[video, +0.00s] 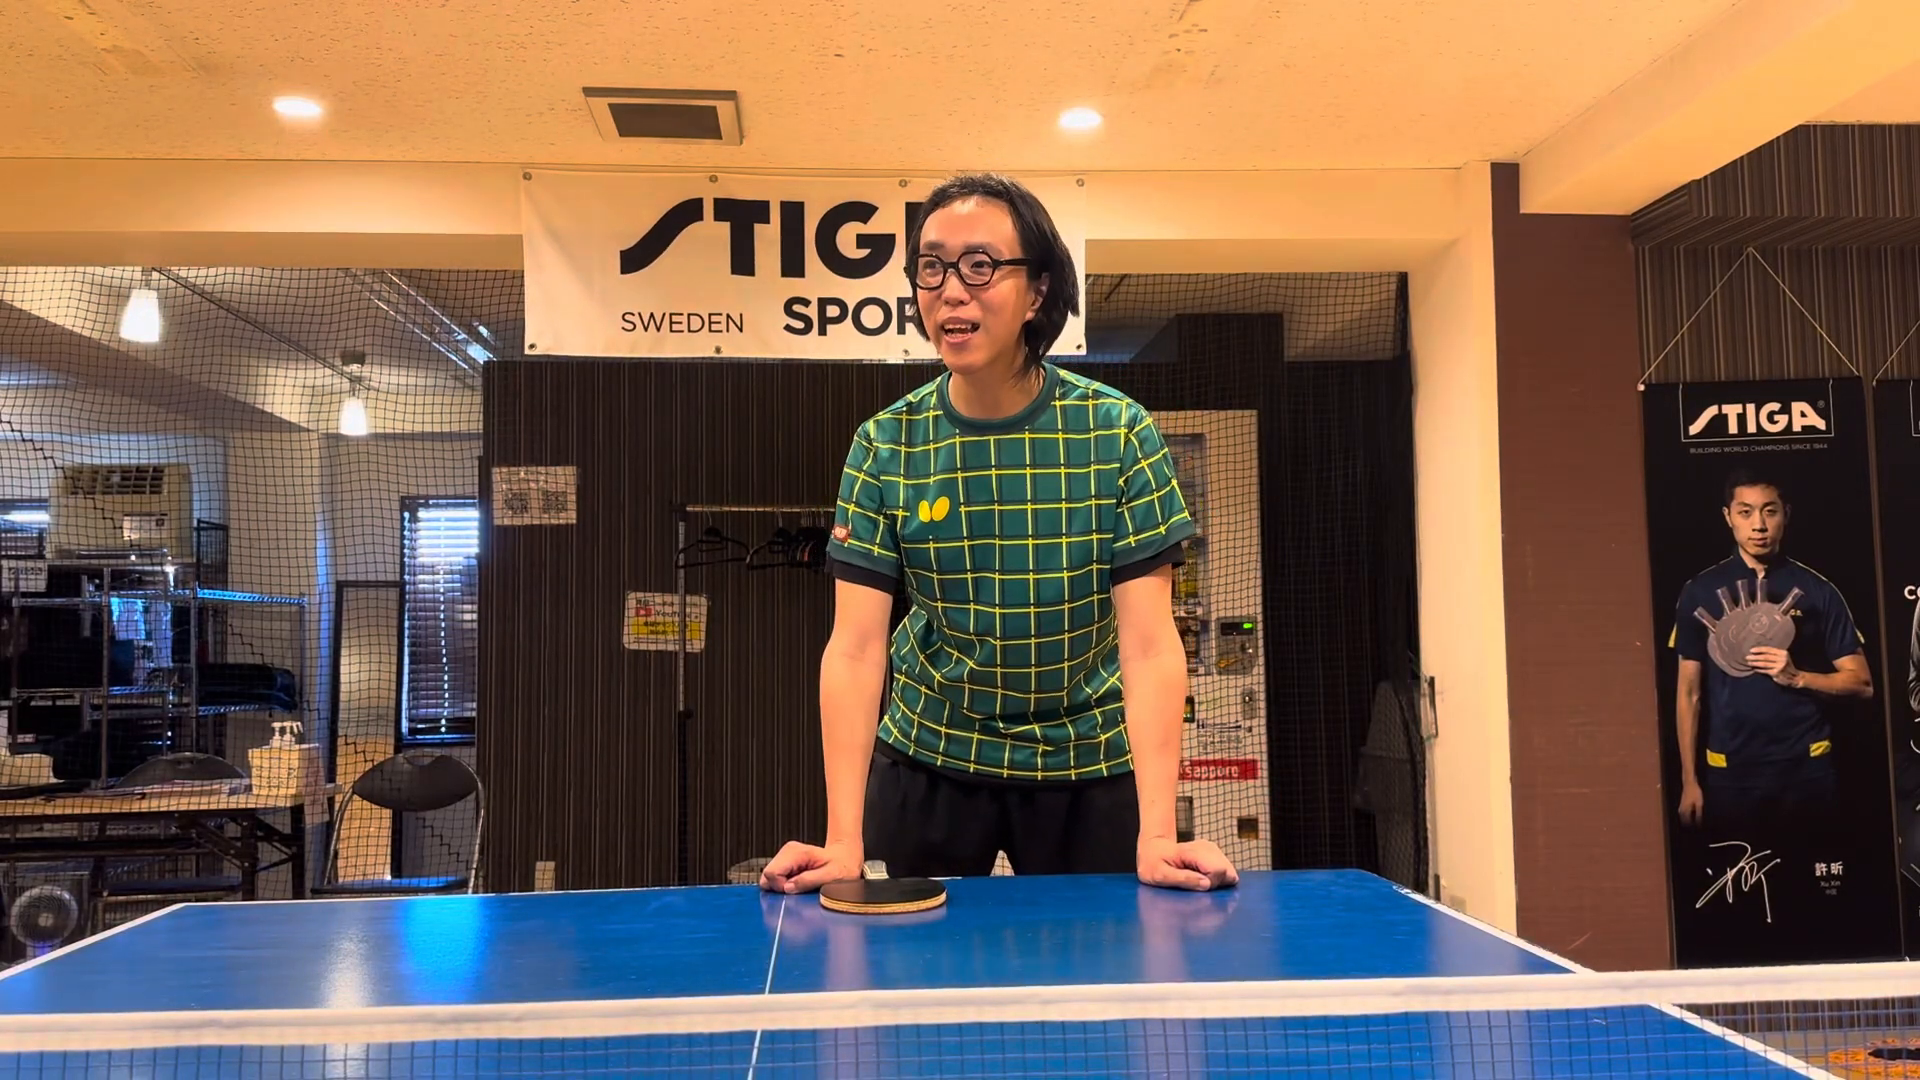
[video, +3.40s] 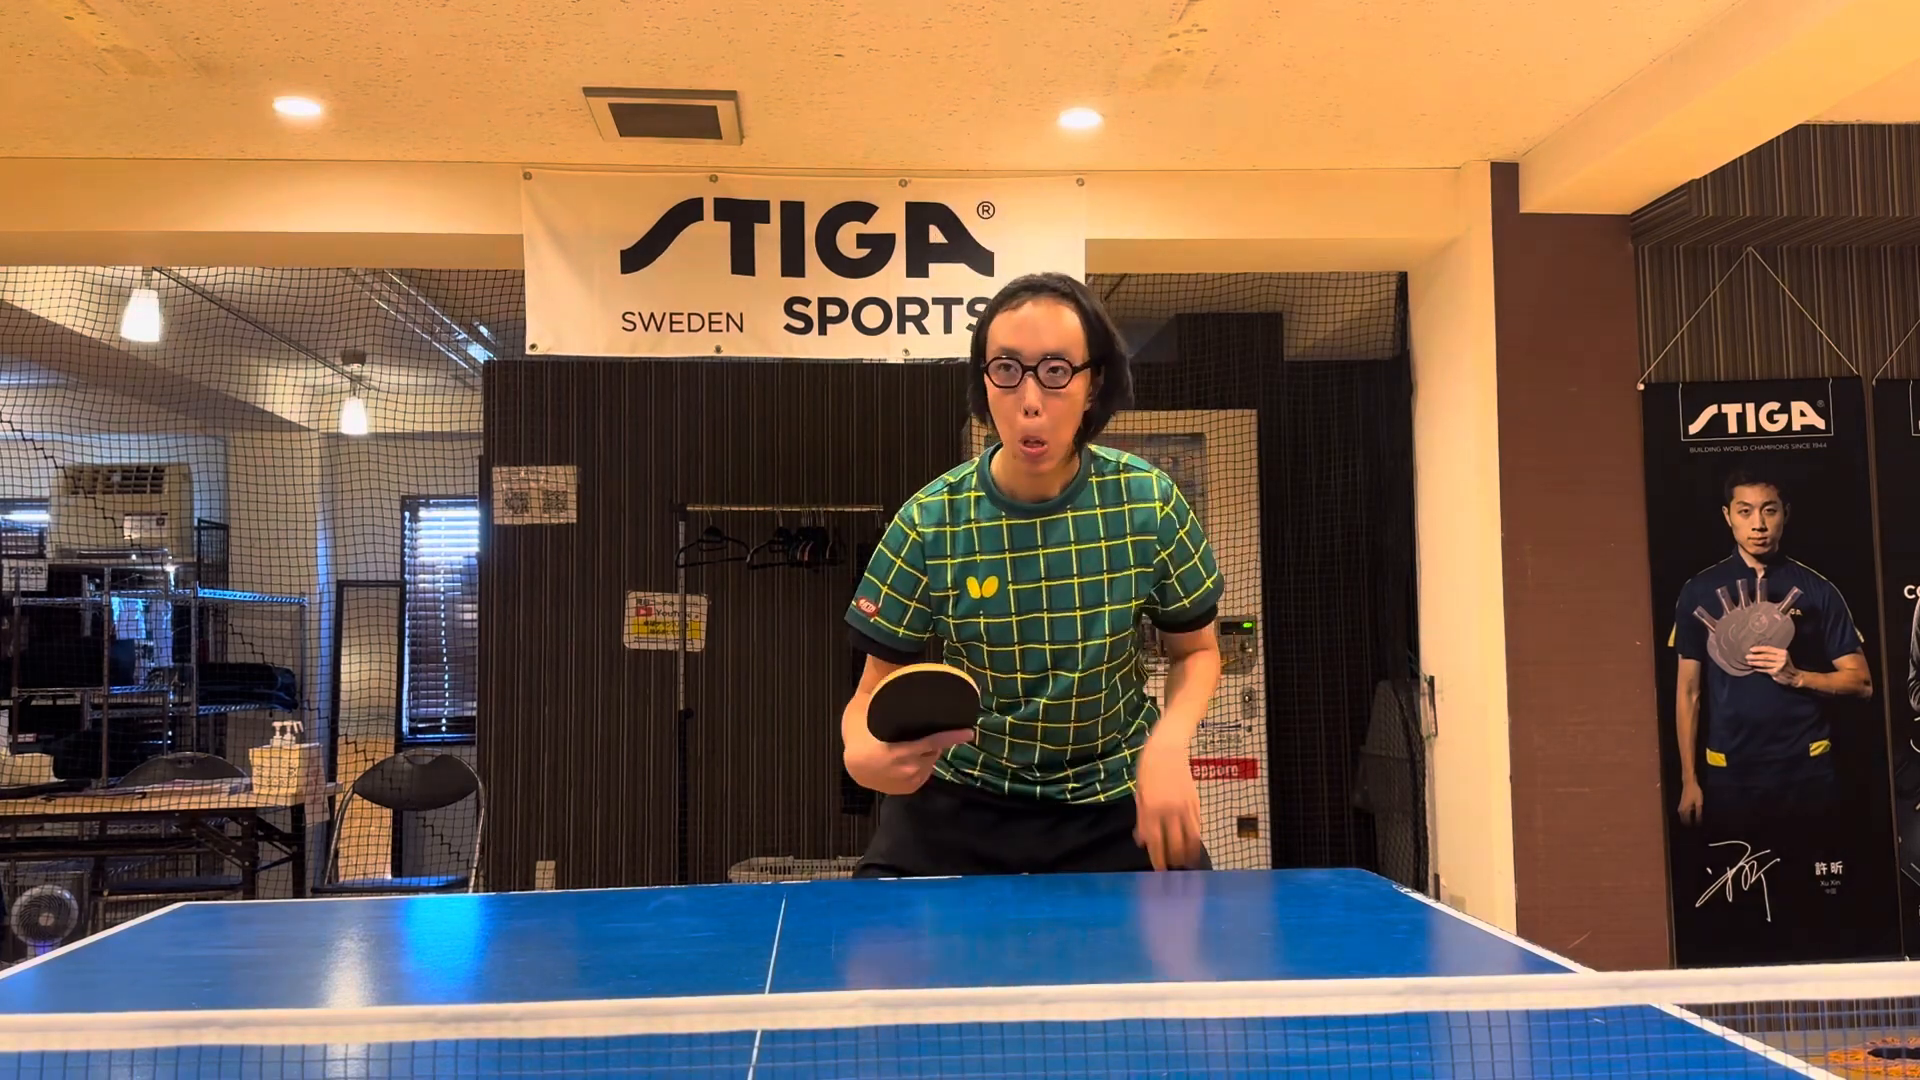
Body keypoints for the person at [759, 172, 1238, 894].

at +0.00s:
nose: (950, 293)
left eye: (980, 268)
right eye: (933, 269)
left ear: (1036, 292)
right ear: (916, 288)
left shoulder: (1117, 433)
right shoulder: (886, 446)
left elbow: (1150, 645)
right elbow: (855, 648)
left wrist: (1159, 833)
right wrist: (842, 842)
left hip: (1086, 770)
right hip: (927, 768)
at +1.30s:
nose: (1001, 248)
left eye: (1029, 228)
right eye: (982, 228)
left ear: (1071, 260)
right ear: (960, 254)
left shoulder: (1129, 420)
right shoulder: (913, 426)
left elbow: (1154, 614)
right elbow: (882, 627)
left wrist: (1135, 751)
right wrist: (906, 763)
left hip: (1095, 776)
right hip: (948, 776)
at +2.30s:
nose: (1010, 318)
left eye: (1034, 295)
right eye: (988, 294)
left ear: (1069, 310)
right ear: (960, 311)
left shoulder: (1120, 459)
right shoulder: (900, 464)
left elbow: (1158, 639)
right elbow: (831, 648)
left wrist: (1124, 641)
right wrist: (916, 708)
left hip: (1097, 800)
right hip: (929, 801)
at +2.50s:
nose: (1070, 329)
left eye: (1095, 307)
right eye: (1048, 304)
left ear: (1129, 321)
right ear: (1019, 317)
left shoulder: (1181, 453)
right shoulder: (964, 473)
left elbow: (1232, 661)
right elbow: (886, 649)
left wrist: (1186, 541)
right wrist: (938, 714)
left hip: (1154, 782)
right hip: (989, 779)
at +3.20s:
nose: (1032, 387)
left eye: (1058, 363)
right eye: (1010, 361)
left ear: (1096, 378)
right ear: (986, 374)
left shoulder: (1149, 493)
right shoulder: (933, 513)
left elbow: (1203, 684)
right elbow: (869, 694)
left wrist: (1162, 623)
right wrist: (898, 767)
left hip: (1121, 792)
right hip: (962, 796)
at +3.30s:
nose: (1028, 394)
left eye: (1053, 369)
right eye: (1006, 367)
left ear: (1091, 383)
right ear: (982, 380)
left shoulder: (1149, 502)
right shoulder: (927, 521)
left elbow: (1202, 651)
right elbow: (873, 692)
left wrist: (1156, 668)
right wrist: (876, 760)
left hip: (1123, 811)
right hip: (956, 813)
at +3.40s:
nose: (1030, 400)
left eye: (1056, 371)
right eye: (1007, 370)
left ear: (1094, 383)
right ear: (983, 383)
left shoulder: (1149, 505)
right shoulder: (930, 522)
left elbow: (1197, 651)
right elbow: (879, 682)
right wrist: (862, 758)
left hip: (1110, 812)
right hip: (953, 808)